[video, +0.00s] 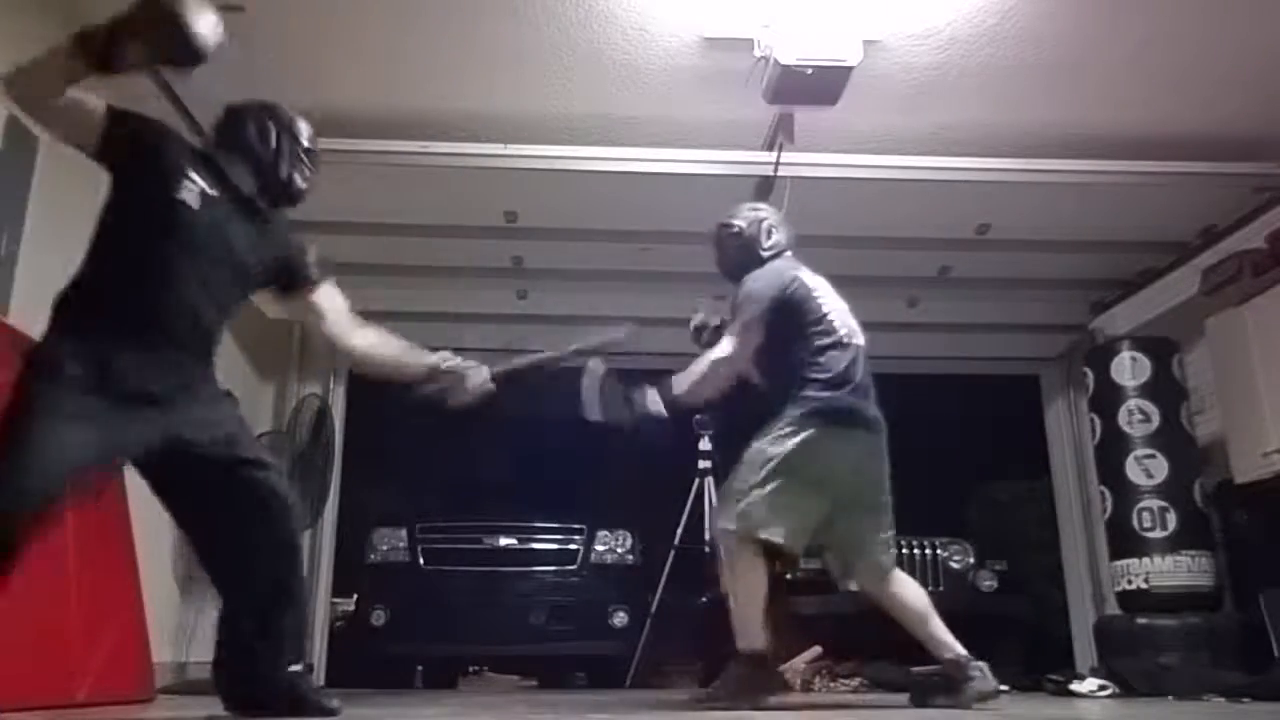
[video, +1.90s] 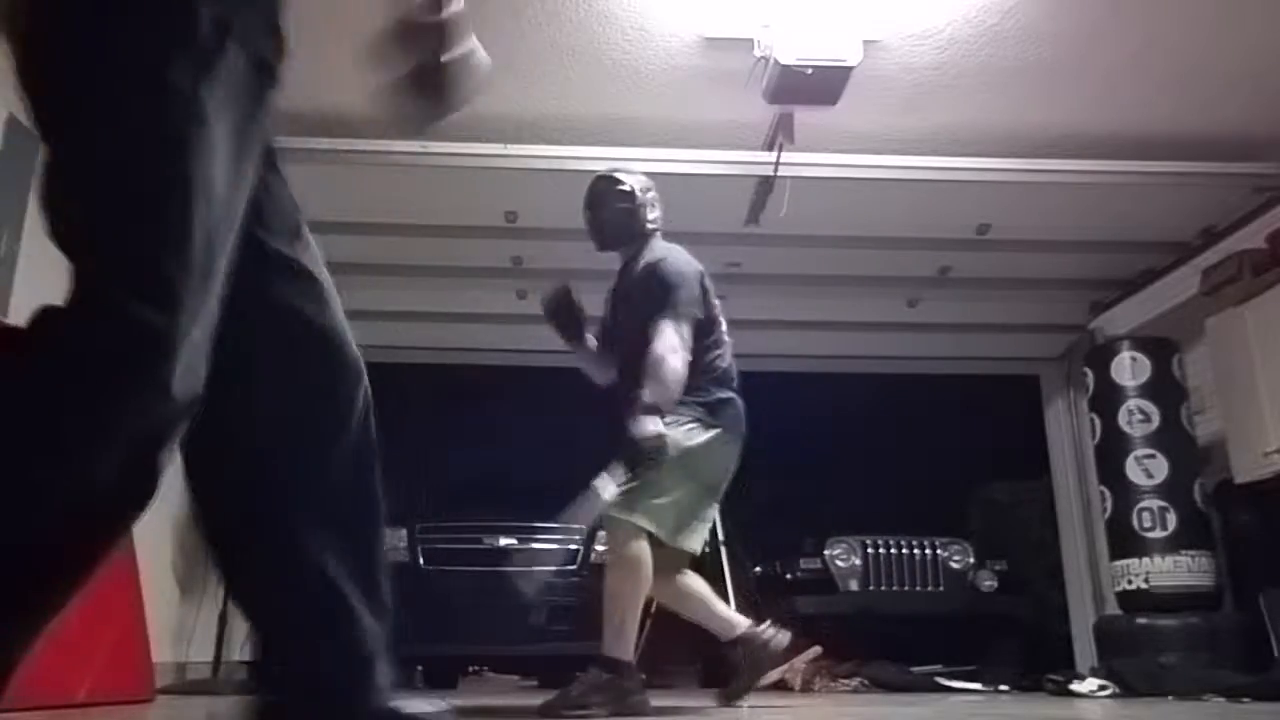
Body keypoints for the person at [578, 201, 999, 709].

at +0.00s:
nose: (719, 244)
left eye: (730, 234)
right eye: (721, 235)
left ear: (763, 238)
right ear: (771, 241)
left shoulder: (766, 281)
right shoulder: (805, 280)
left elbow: (728, 361)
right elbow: (778, 363)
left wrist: (668, 394)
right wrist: (719, 346)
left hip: (815, 420)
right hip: (865, 429)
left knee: (736, 522)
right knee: (869, 563)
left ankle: (752, 663)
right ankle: (962, 666)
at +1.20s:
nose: (716, 210)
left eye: (726, 199)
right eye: (711, 202)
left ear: (750, 207)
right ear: (708, 218)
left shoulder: (765, 249)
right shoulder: (743, 266)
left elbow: (754, 315)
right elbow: (733, 350)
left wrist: (680, 316)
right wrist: (668, 335)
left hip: (781, 409)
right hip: (787, 412)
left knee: (737, 530)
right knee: (801, 549)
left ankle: (757, 670)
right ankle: (899, 635)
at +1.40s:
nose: (697, 219)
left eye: (709, 209)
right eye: (691, 212)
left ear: (737, 215)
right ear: (683, 227)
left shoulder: (746, 259)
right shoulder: (718, 276)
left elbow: (739, 332)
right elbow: (689, 361)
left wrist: (703, 379)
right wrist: (689, 316)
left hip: (768, 410)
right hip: (753, 412)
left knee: (690, 504)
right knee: (769, 553)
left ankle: (725, 649)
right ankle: (832, 663)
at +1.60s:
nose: (644, 222)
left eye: (655, 213)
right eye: (641, 213)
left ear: (685, 219)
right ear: (646, 230)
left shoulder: (697, 254)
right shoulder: (665, 302)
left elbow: (637, 222)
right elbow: (626, 350)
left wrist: (574, 180)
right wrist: (596, 306)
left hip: (740, 415)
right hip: (715, 428)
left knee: (663, 520)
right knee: (717, 567)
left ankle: (623, 672)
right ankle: (821, 658)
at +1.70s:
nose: (620, 215)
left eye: (631, 206)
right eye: (617, 207)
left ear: (660, 213)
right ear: (623, 215)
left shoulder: (677, 250)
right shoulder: (647, 291)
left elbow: (626, 227)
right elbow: (631, 377)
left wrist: (563, 184)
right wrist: (593, 342)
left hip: (720, 413)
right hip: (706, 426)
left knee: (634, 514)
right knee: (681, 578)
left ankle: (618, 670)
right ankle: (797, 644)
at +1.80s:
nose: (596, 227)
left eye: (603, 213)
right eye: (595, 216)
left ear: (631, 211)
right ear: (646, 212)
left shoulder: (659, 255)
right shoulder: (651, 263)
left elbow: (632, 315)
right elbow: (636, 377)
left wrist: (598, 318)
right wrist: (592, 348)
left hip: (704, 410)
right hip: (705, 416)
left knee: (626, 515)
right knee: (671, 578)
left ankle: (616, 671)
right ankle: (776, 636)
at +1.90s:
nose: (601, 217)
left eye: (611, 206)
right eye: (598, 209)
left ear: (647, 211)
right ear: (595, 222)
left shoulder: (671, 266)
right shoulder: (629, 281)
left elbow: (672, 350)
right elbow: (609, 370)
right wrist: (577, 335)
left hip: (704, 416)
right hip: (678, 423)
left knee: (624, 523)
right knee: (651, 569)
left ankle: (616, 671)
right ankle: (750, 638)